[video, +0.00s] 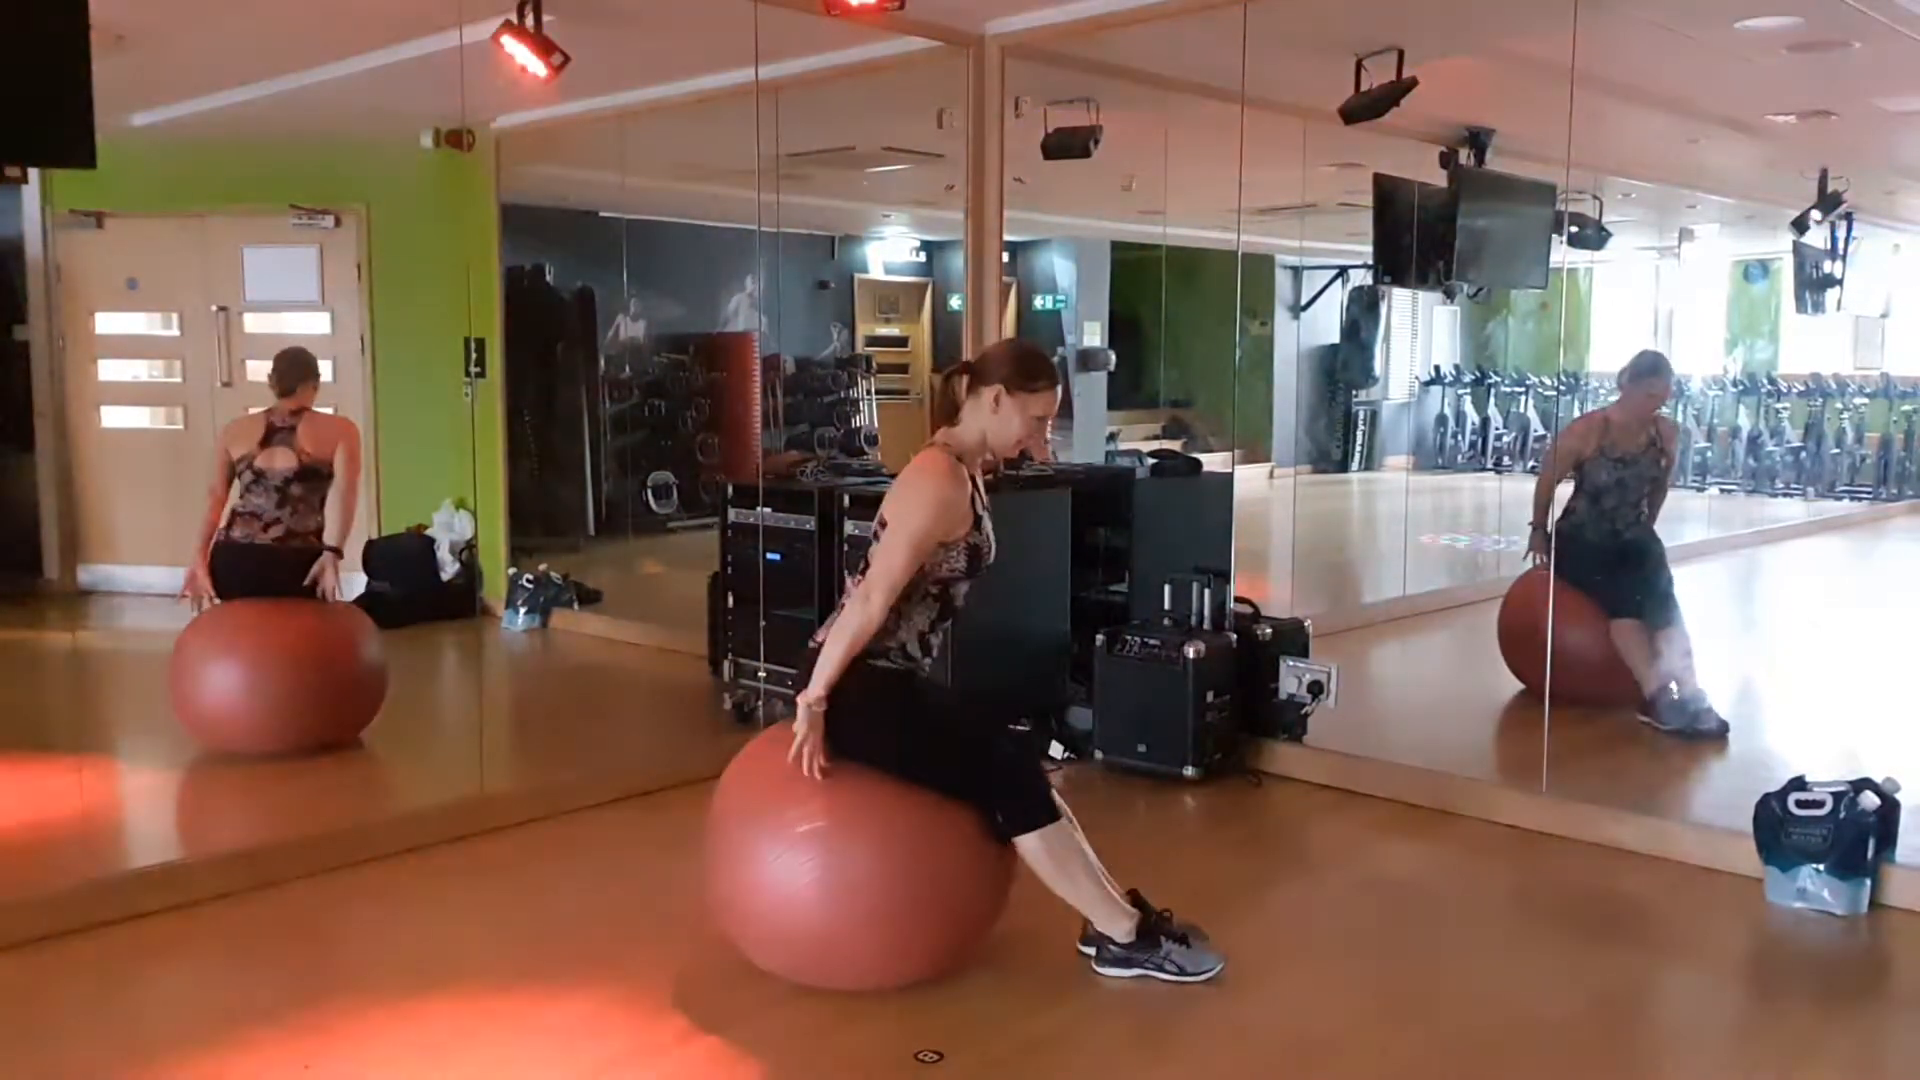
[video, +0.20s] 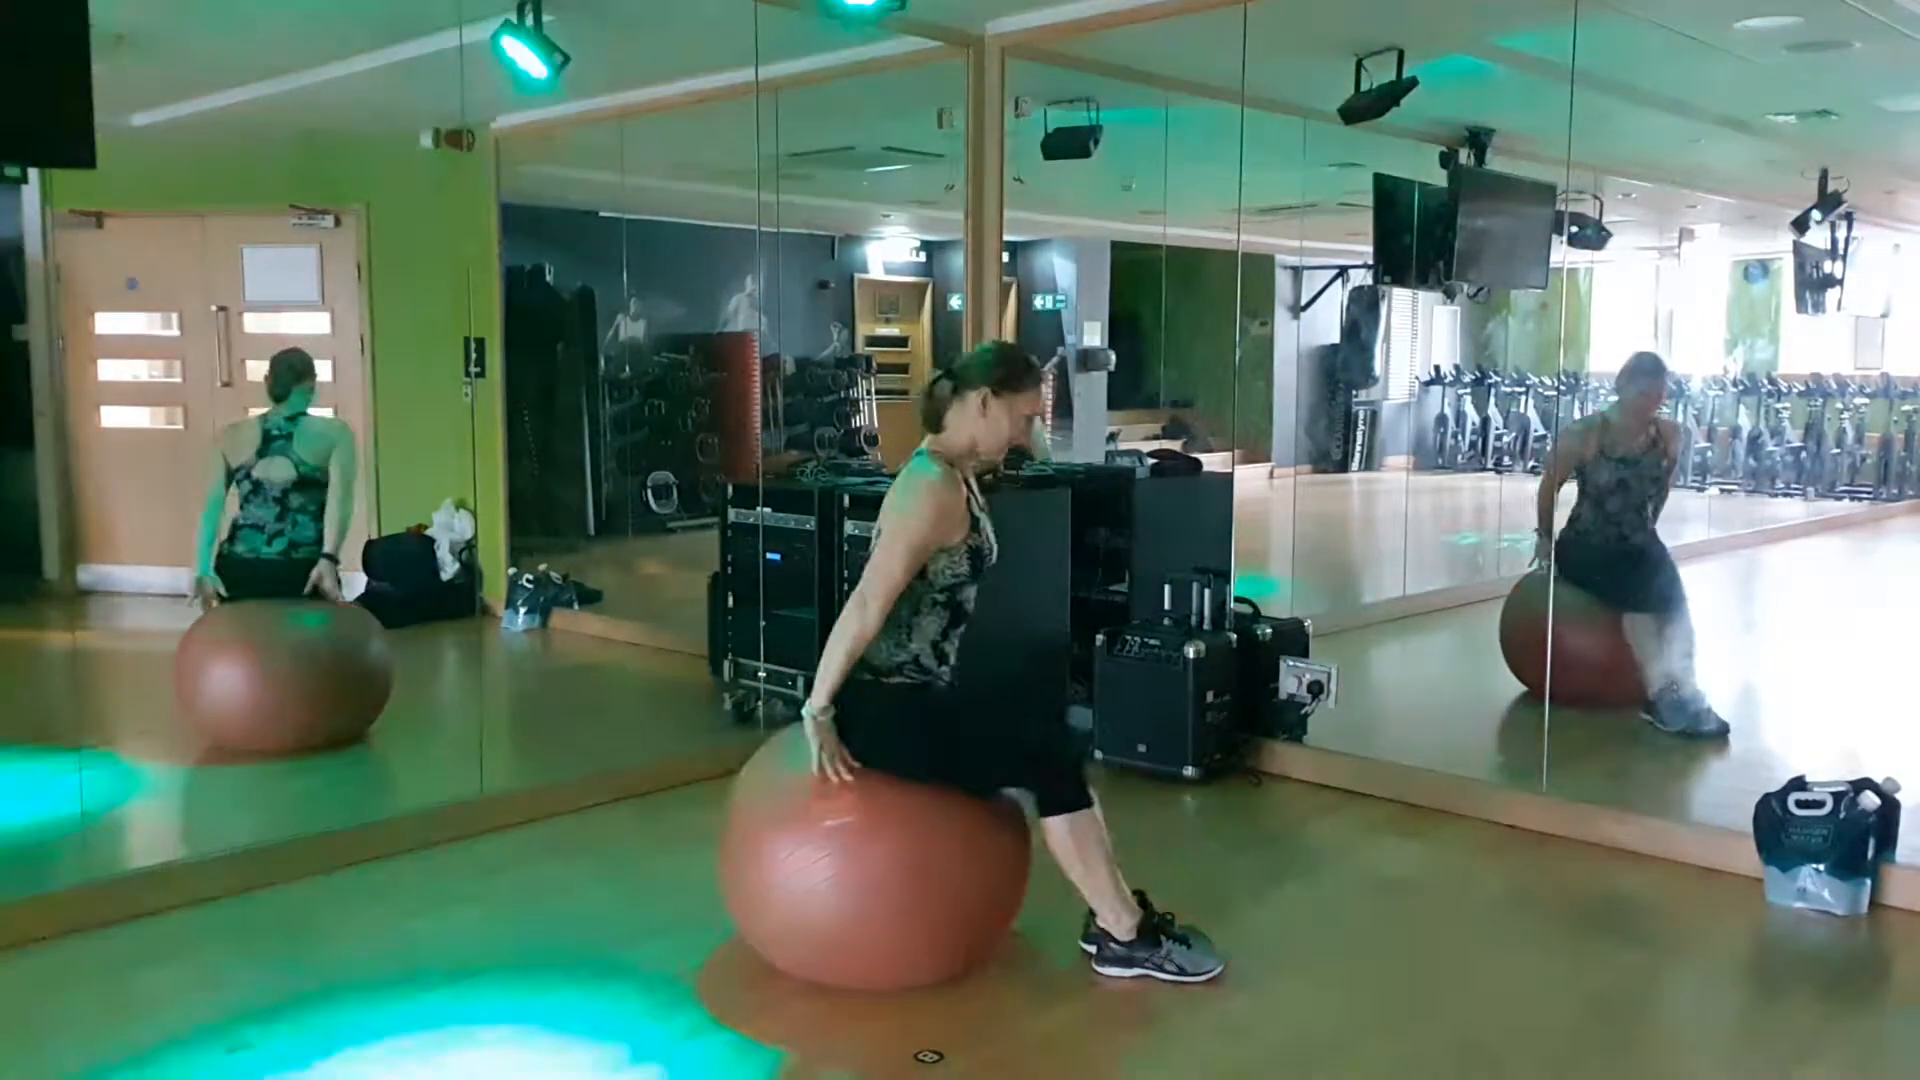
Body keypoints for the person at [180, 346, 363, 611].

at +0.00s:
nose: (315, 390)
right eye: (315, 383)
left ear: (273, 383)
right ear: (314, 384)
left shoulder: (235, 430)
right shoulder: (339, 431)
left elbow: (216, 498)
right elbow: (342, 494)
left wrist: (200, 558)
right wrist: (331, 553)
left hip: (232, 559)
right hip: (298, 561)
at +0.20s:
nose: (311, 394)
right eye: (310, 388)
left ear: (268, 384)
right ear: (310, 386)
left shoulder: (234, 435)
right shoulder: (334, 433)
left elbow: (213, 507)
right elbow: (339, 500)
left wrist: (203, 570)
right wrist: (329, 557)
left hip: (238, 569)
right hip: (302, 568)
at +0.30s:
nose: (311, 387)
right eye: (310, 380)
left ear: (264, 384)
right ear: (306, 384)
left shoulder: (232, 436)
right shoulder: (333, 432)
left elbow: (215, 509)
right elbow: (341, 500)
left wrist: (209, 575)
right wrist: (329, 558)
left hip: (241, 569)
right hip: (302, 569)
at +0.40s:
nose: (305, 386)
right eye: (303, 379)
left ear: (260, 383)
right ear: (299, 382)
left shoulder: (228, 436)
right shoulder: (330, 430)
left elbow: (216, 512)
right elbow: (342, 492)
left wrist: (212, 575)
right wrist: (332, 554)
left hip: (242, 569)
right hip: (306, 568)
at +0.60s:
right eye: (300, 379)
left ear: (256, 383)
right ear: (300, 383)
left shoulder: (228, 436)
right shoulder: (330, 432)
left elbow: (217, 507)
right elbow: (345, 498)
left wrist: (214, 574)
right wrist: (337, 560)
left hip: (247, 568)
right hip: (309, 567)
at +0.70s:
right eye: (304, 381)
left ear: (259, 386)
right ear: (303, 386)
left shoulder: (231, 437)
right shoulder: (332, 437)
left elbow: (218, 507)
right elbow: (344, 506)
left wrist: (218, 572)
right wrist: (338, 564)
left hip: (250, 568)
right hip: (312, 567)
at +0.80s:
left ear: (263, 389)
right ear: (306, 389)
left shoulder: (232, 441)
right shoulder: (333, 442)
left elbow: (220, 512)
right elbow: (344, 509)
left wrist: (223, 574)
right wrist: (340, 567)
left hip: (254, 572)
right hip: (313, 571)